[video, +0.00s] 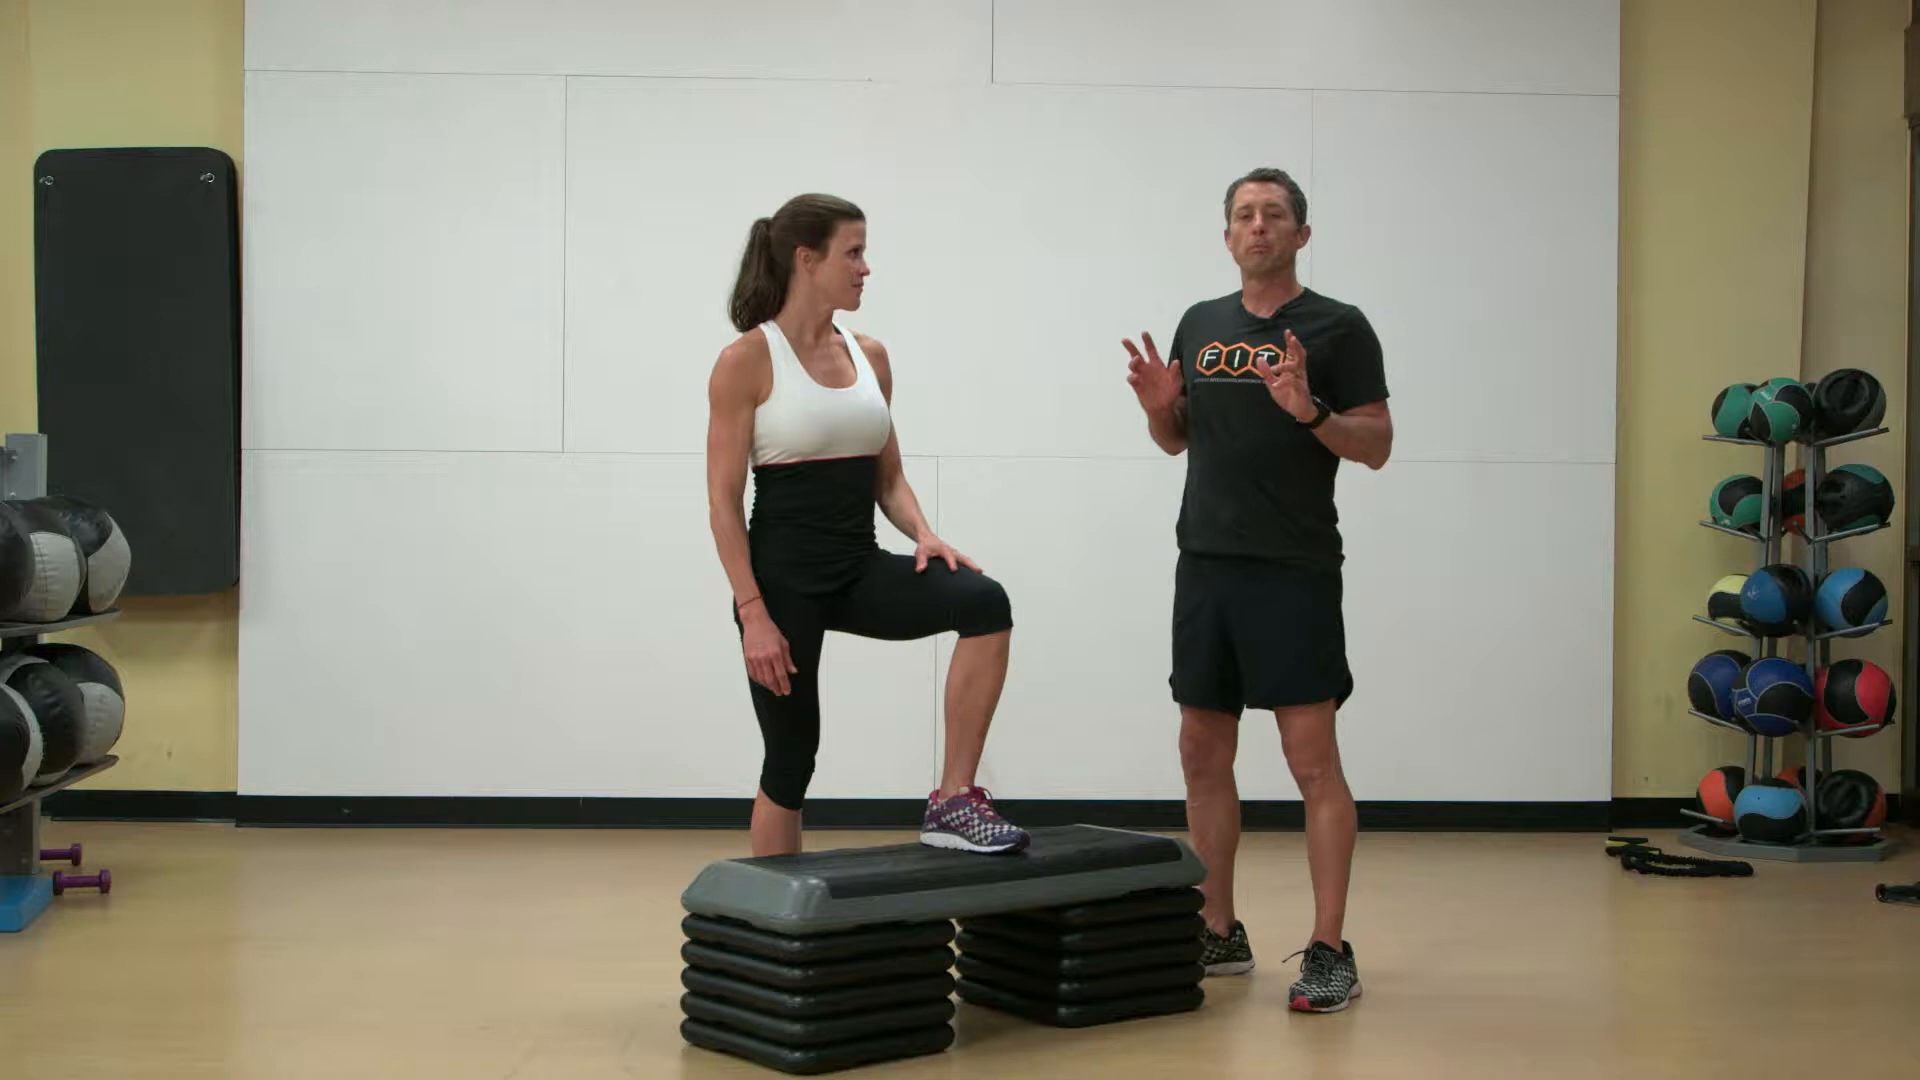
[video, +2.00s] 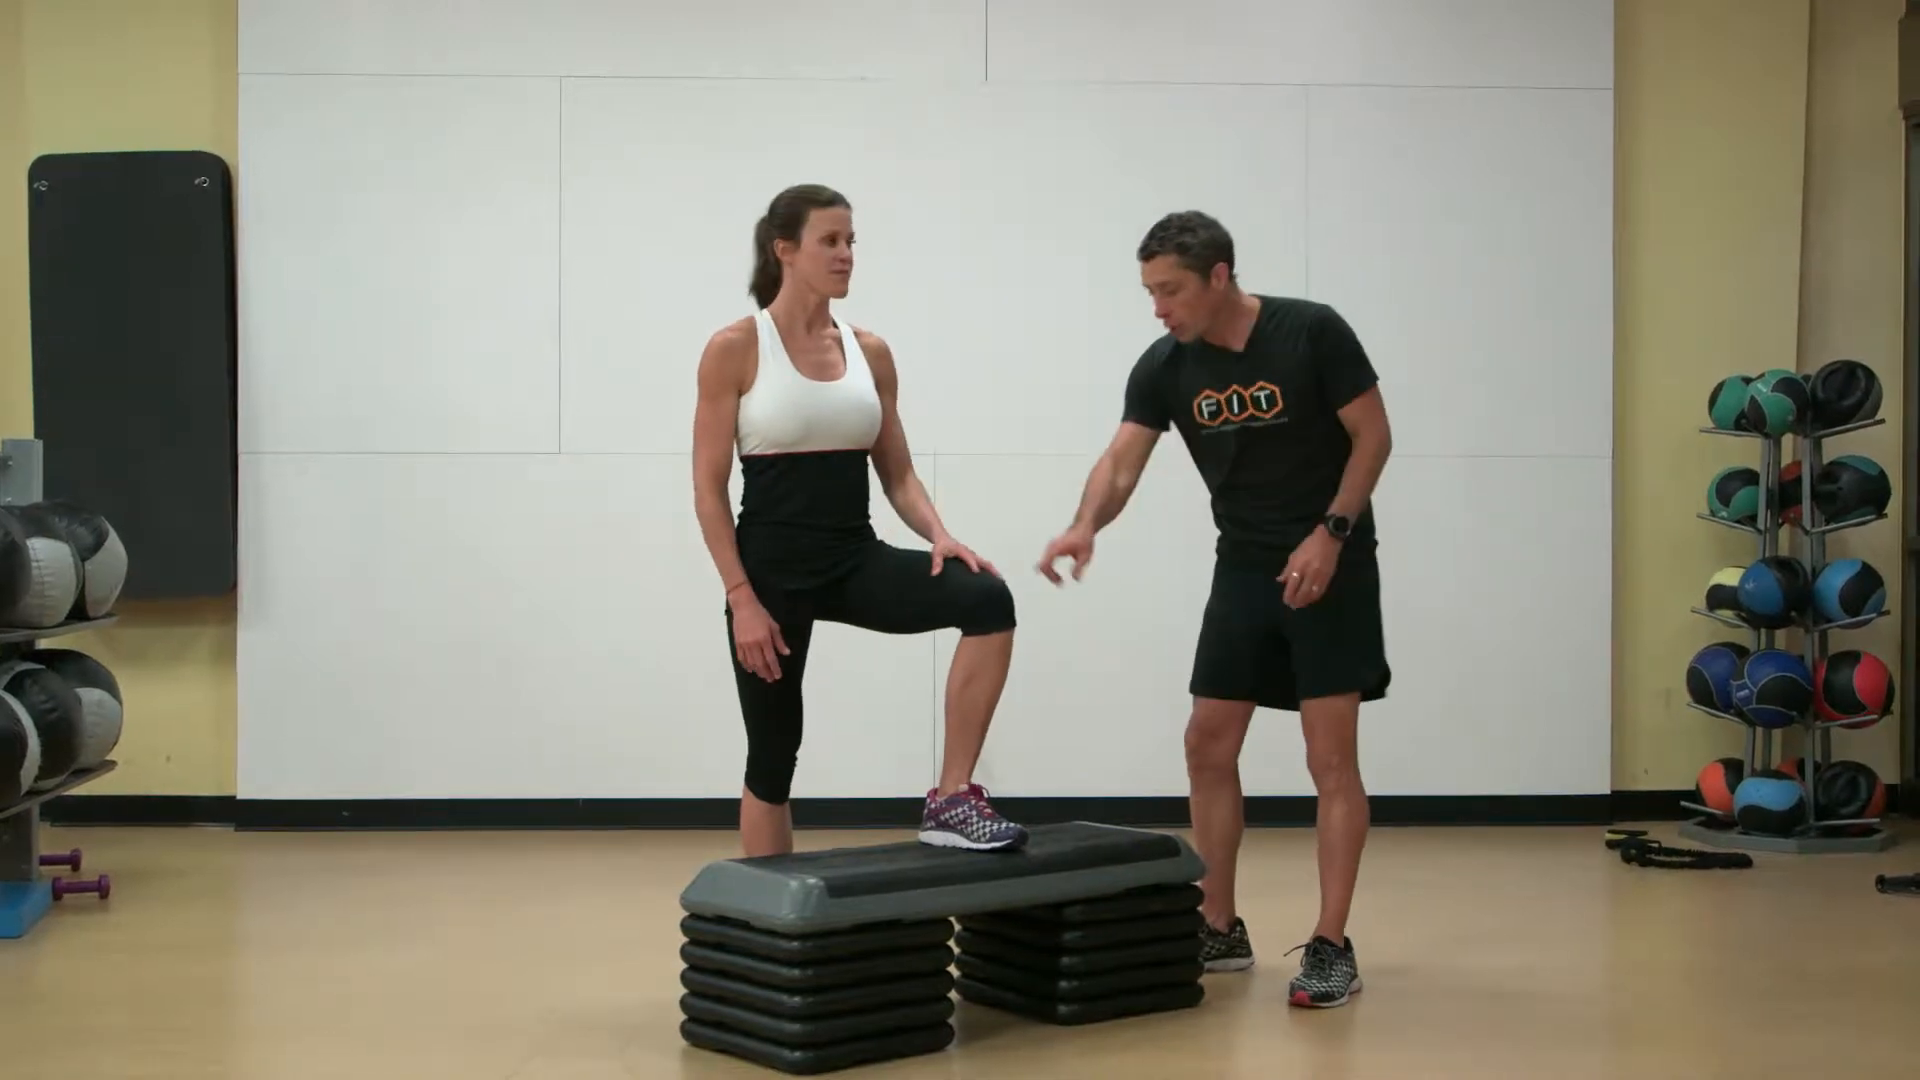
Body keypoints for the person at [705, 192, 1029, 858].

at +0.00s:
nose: (865, 268)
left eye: (865, 254)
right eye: (853, 254)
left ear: (815, 259)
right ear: (805, 258)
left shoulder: (868, 357)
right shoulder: (746, 363)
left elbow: (889, 476)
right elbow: (723, 504)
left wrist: (925, 533)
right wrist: (752, 612)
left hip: (856, 570)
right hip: (781, 579)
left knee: (984, 604)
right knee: (790, 763)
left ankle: (955, 798)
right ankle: (772, 932)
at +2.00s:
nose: (846, 254)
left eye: (850, 242)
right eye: (831, 242)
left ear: (851, 248)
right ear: (785, 250)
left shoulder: (868, 354)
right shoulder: (736, 350)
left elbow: (897, 474)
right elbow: (708, 489)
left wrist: (940, 534)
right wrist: (742, 598)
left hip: (852, 559)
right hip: (771, 568)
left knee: (987, 600)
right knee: (772, 765)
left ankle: (953, 796)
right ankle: (767, 933)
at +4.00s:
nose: (846, 288)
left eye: (855, 274)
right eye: (833, 272)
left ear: (861, 270)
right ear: (789, 261)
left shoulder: (869, 350)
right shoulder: (739, 360)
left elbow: (891, 468)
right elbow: (717, 500)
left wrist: (924, 535)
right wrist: (745, 613)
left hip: (861, 561)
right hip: (782, 570)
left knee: (982, 611)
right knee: (776, 766)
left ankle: (951, 803)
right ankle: (767, 932)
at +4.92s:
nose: (876, 267)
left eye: (882, 254)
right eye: (861, 253)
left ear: (885, 258)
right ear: (814, 254)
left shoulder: (891, 349)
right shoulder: (771, 355)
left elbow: (888, 470)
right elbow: (739, 493)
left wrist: (907, 593)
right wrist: (811, 527)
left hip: (877, 558)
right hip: (798, 569)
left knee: (986, 606)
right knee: (794, 765)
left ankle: (952, 800)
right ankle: (776, 934)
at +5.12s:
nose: (926, 272)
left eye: (931, 259)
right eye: (910, 259)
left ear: (935, 265)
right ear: (864, 267)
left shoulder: (939, 359)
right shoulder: (821, 358)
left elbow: (916, 483)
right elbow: (805, 489)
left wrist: (916, 598)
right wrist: (898, 431)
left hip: (900, 557)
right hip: (829, 564)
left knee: (1005, 617)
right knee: (831, 770)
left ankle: (954, 802)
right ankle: (783, 930)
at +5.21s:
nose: (953, 253)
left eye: (958, 239)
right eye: (937, 240)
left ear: (963, 246)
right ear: (891, 247)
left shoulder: (965, 340)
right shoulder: (851, 332)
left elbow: (945, 459)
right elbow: (836, 457)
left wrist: (950, 563)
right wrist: (930, 416)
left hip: (923, 540)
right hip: (848, 542)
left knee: (1019, 622)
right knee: (829, 741)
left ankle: (957, 803)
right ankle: (791, 916)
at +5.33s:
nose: (988, 194)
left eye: (992, 180)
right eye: (972, 181)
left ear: (993, 188)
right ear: (926, 188)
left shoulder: (1001, 291)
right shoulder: (885, 272)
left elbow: (998, 418)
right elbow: (845, 398)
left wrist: (1051, 493)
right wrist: (933, 453)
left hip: (946, 494)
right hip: (868, 493)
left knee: (1019, 619)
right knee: (878, 698)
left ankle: (957, 805)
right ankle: (806, 867)